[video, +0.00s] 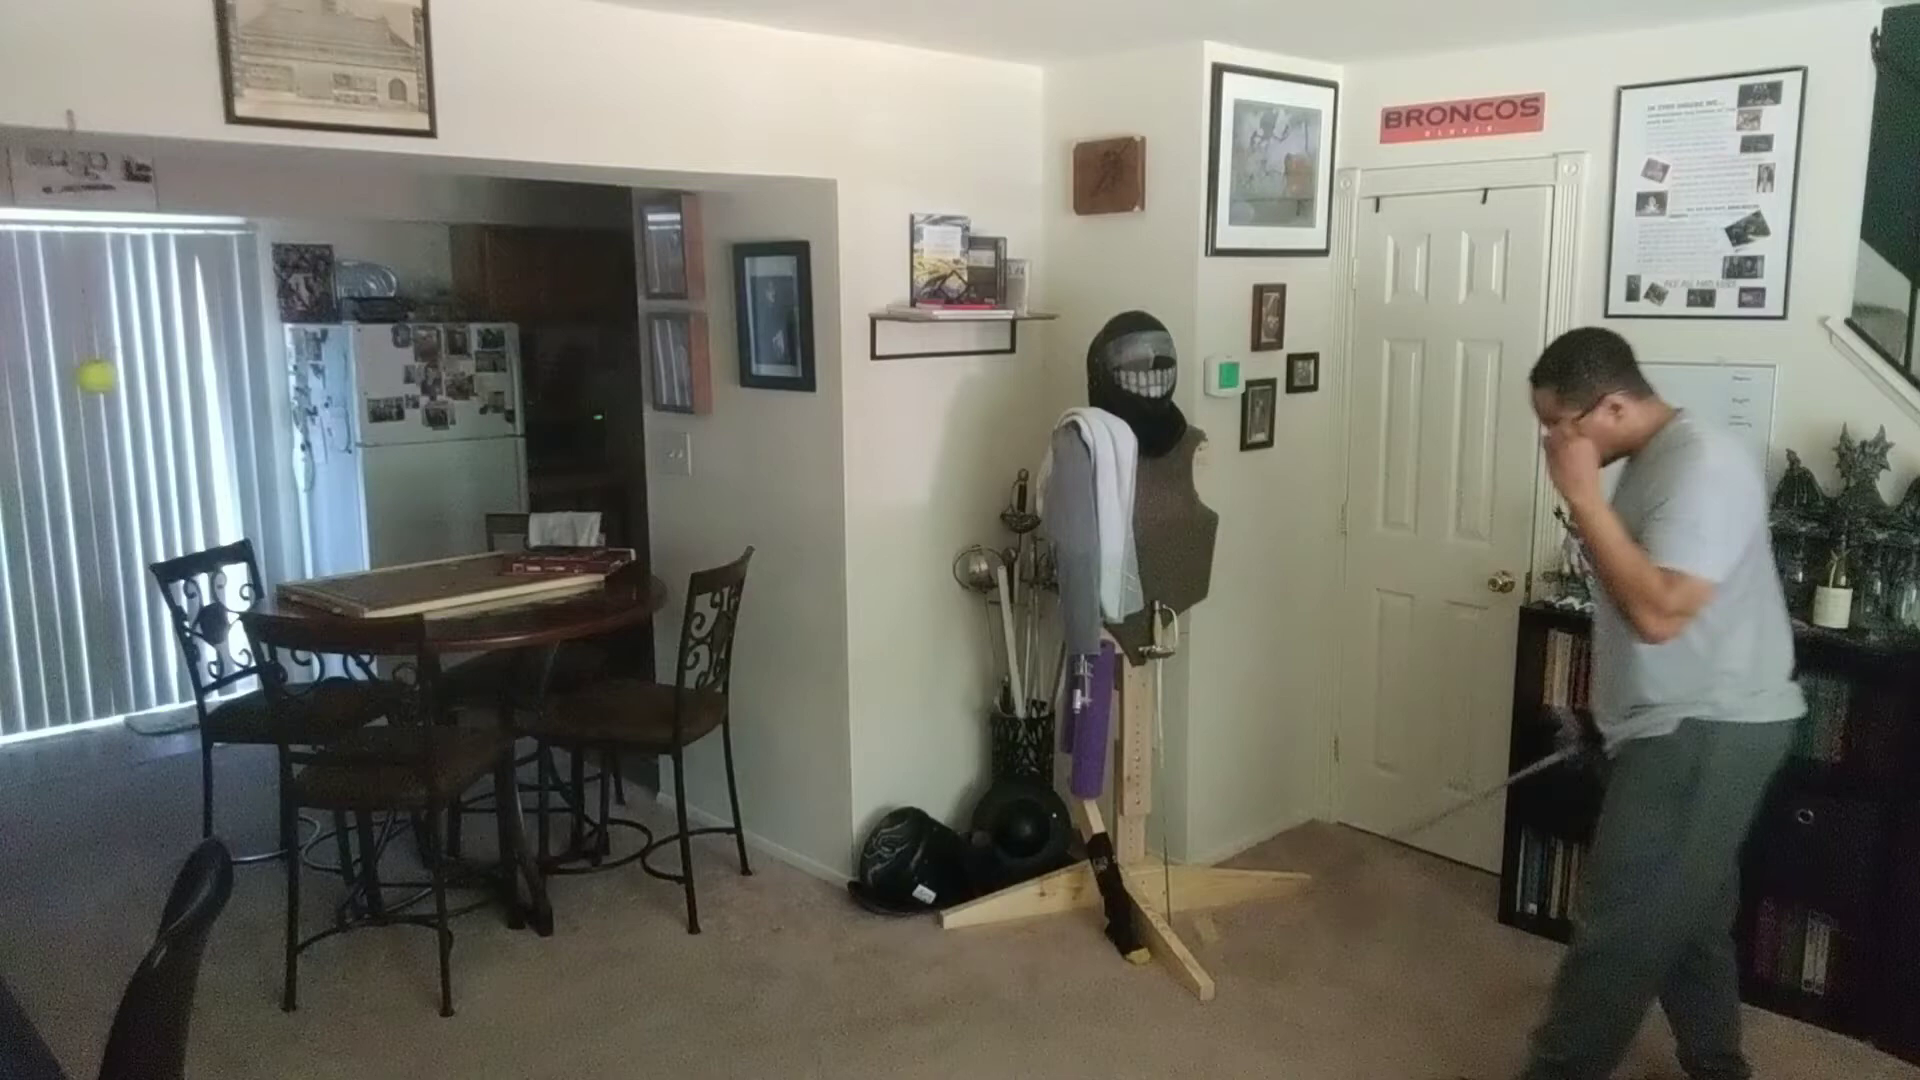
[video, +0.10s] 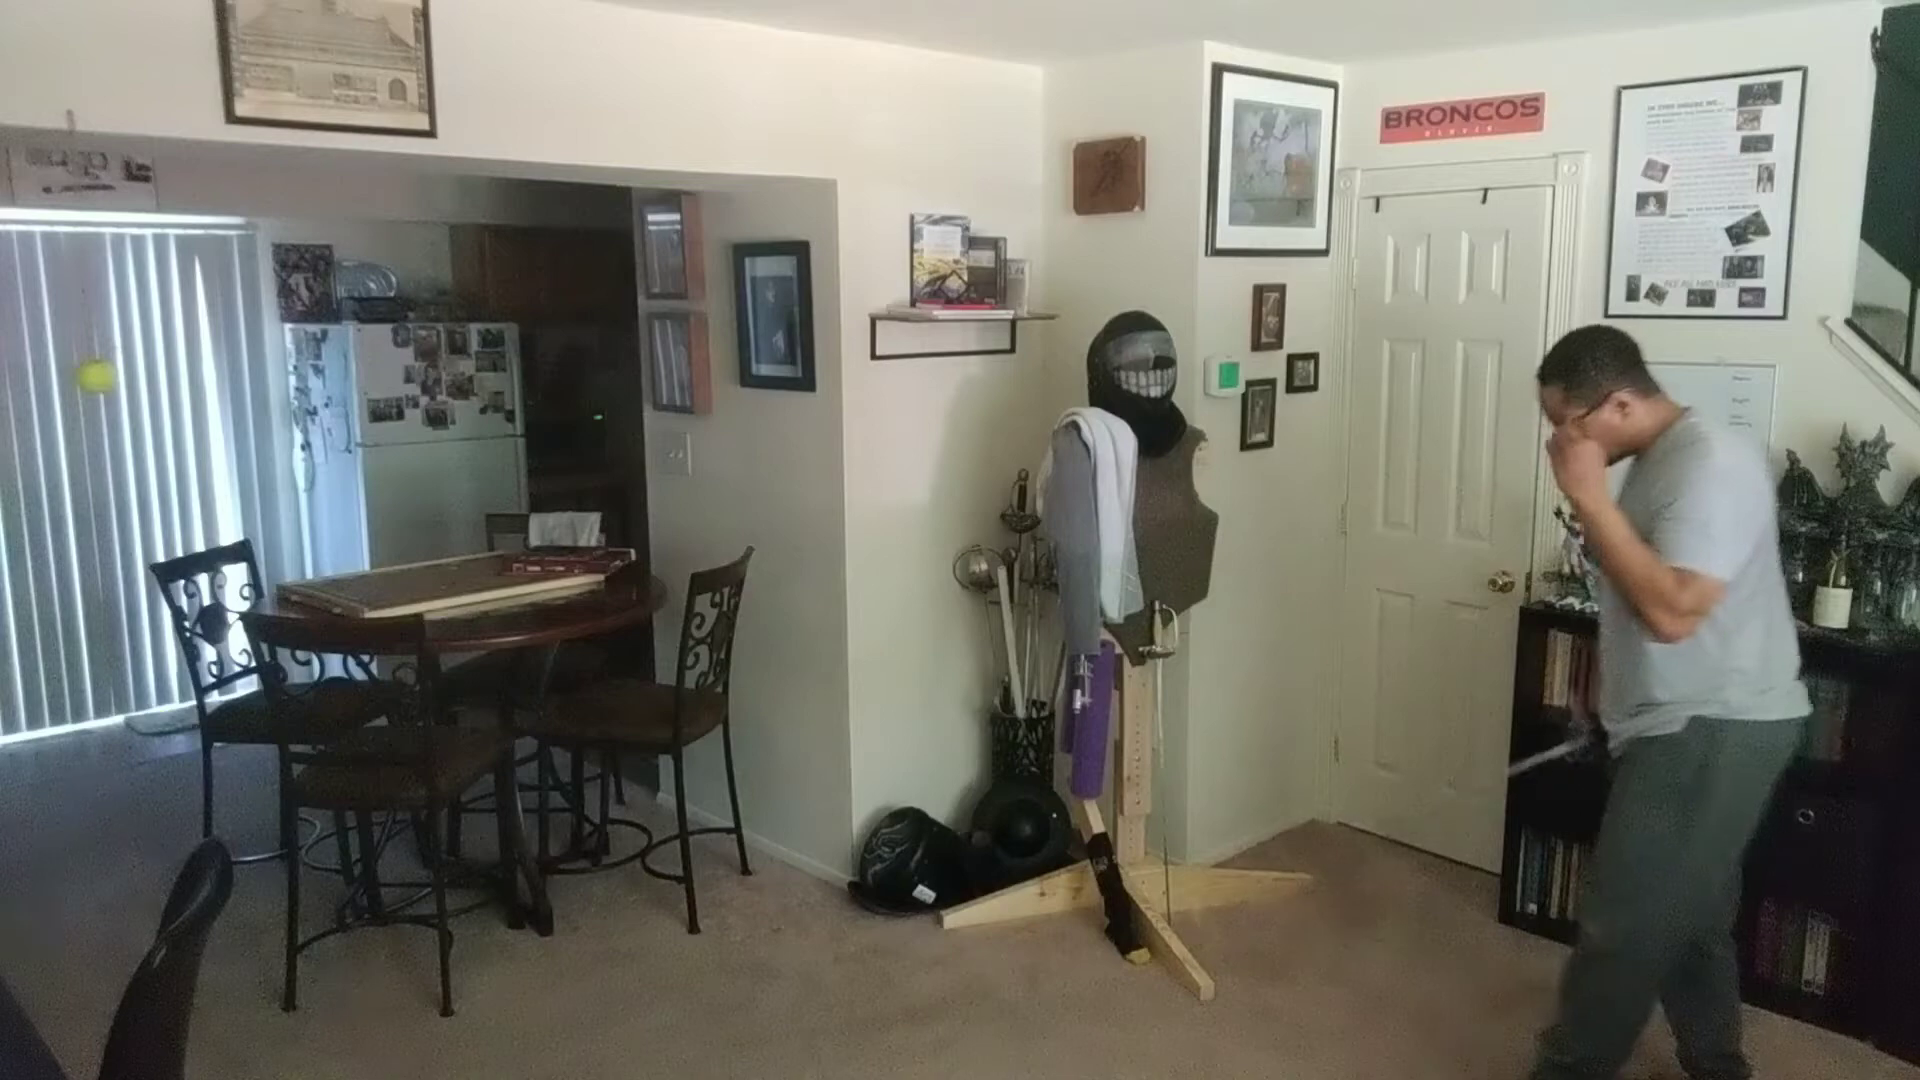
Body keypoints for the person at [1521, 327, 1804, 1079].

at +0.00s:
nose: (1553, 443)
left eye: (1558, 425)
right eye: (1548, 428)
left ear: (1610, 405)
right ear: (1613, 404)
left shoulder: (1709, 462)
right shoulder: (1642, 469)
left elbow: (1658, 612)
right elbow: (1652, 606)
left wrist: (1585, 498)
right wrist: (1612, 702)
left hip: (1710, 728)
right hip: (1671, 721)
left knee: (1620, 933)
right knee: (1691, 925)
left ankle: (1560, 1067)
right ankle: (1717, 1067)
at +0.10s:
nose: (1562, 440)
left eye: (1567, 422)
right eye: (1558, 425)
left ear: (1616, 403)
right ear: (1620, 401)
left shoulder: (1718, 460)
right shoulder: (1646, 469)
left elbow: (1673, 610)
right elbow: (1656, 601)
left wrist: (1591, 496)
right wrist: (1621, 701)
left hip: (1717, 724)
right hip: (1677, 718)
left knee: (1627, 919)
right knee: (1689, 914)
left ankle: (1573, 1063)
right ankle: (1717, 1064)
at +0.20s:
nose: (1589, 435)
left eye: (1593, 418)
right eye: (1582, 421)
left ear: (1642, 394)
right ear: (1644, 394)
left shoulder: (1736, 459)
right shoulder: (1674, 460)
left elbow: (1715, 608)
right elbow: (1679, 587)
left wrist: (1590, 521)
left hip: (1728, 722)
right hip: (1688, 714)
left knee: (1633, 919)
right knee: (1696, 915)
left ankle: (1601, 1066)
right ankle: (1719, 1064)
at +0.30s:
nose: (1605, 430)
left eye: (1611, 411)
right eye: (1598, 415)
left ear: (1661, 386)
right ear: (1660, 390)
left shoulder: (1744, 457)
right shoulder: (1686, 460)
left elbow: (1731, 604)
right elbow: (1665, 591)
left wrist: (1564, 573)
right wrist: (1566, 574)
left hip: (1730, 729)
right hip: (1694, 723)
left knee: (1645, 930)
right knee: (1701, 930)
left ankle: (1632, 1068)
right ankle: (1717, 1065)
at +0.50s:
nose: (1621, 422)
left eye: (1629, 402)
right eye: (1614, 407)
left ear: (1688, 378)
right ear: (1686, 383)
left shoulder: (1749, 466)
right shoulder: (1701, 462)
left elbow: (1695, 610)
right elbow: (1683, 602)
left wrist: (1525, 647)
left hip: (1728, 748)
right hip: (1692, 741)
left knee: (1679, 968)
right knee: (1682, 958)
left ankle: (1672, 1070)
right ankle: (1711, 1065)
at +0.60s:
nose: (1620, 422)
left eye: (1629, 402)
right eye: (1613, 406)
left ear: (1688, 378)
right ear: (1685, 383)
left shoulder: (1748, 470)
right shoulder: (1699, 461)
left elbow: (1690, 610)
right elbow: (1676, 596)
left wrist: (1531, 660)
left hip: (1720, 748)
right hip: (1689, 740)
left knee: (1665, 967)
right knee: (1691, 957)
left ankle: (1669, 1070)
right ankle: (1712, 1067)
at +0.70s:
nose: (1618, 428)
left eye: (1628, 409)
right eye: (1610, 413)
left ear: (1687, 382)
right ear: (1686, 385)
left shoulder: (1740, 473)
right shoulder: (1698, 465)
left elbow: (1694, 615)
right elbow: (1684, 607)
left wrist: (1546, 677)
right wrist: (1613, 669)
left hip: (1703, 752)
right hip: (1683, 743)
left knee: (1652, 967)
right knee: (1700, 954)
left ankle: (1661, 1070)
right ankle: (1714, 1067)